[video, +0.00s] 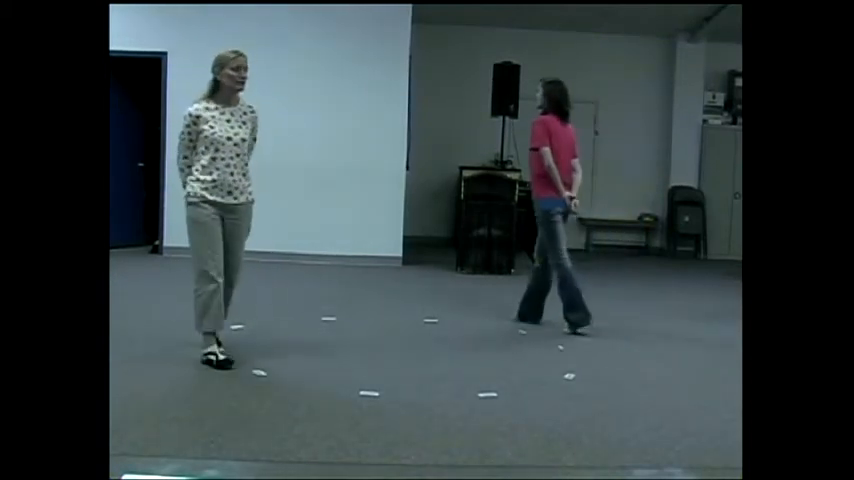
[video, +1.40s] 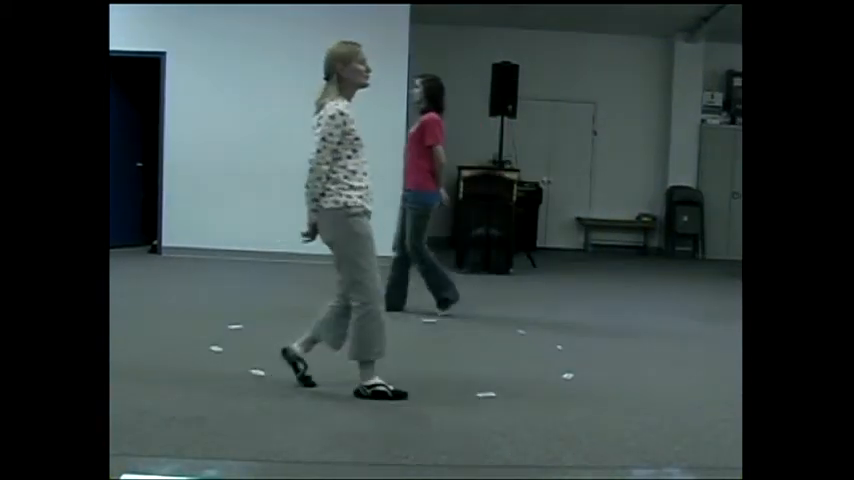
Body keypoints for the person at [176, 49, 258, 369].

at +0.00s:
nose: (241, 75)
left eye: (244, 71)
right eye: (235, 70)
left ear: (246, 76)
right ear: (218, 73)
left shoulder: (249, 115)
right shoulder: (198, 113)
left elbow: (246, 156)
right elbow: (184, 157)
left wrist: (231, 181)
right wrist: (192, 187)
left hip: (239, 200)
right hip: (204, 199)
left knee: (231, 272)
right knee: (210, 271)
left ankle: (215, 333)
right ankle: (210, 342)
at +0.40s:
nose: (267, 74)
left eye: (268, 68)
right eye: (261, 68)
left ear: (263, 73)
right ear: (240, 72)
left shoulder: (265, 112)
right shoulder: (216, 112)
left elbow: (255, 157)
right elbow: (199, 157)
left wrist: (239, 184)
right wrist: (206, 192)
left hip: (258, 203)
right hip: (221, 204)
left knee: (265, 275)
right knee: (221, 279)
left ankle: (264, 352)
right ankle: (212, 348)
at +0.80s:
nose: (309, 71)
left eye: (308, 66)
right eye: (301, 67)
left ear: (299, 75)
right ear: (281, 74)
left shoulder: (306, 115)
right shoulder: (260, 116)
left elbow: (297, 164)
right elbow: (243, 165)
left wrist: (275, 192)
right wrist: (250, 201)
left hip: (304, 211)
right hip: (268, 211)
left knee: (301, 289)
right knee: (275, 288)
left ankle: (286, 364)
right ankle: (229, 332)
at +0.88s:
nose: (315, 73)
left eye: (314, 68)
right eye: (308, 69)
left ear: (304, 77)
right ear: (287, 75)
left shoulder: (311, 118)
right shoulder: (267, 118)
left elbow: (303, 168)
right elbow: (249, 168)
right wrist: (254, 206)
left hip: (307, 212)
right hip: (273, 211)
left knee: (310, 289)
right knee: (291, 289)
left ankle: (286, 364)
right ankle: (240, 331)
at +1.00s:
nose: (329, 69)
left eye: (328, 64)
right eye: (322, 65)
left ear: (319, 72)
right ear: (301, 71)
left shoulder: (319, 114)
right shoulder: (283, 113)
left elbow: (311, 165)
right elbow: (262, 164)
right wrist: (264, 209)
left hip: (316, 207)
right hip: (287, 206)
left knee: (314, 284)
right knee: (318, 282)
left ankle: (287, 359)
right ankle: (283, 354)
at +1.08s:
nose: (336, 69)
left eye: (336, 63)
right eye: (329, 63)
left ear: (324, 71)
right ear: (308, 69)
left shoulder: (323, 110)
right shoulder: (294, 110)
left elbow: (316, 163)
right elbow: (271, 160)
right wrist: (269, 204)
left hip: (319, 207)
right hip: (295, 205)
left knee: (304, 286)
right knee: (326, 280)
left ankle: (285, 362)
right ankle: (314, 367)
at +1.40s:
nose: (368, 69)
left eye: (366, 64)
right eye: (360, 64)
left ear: (345, 72)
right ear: (340, 70)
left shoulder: (339, 112)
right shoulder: (335, 113)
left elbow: (325, 168)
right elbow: (319, 167)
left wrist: (315, 216)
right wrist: (312, 215)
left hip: (340, 211)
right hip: (345, 212)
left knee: (353, 295)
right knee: (368, 293)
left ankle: (300, 349)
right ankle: (369, 379)